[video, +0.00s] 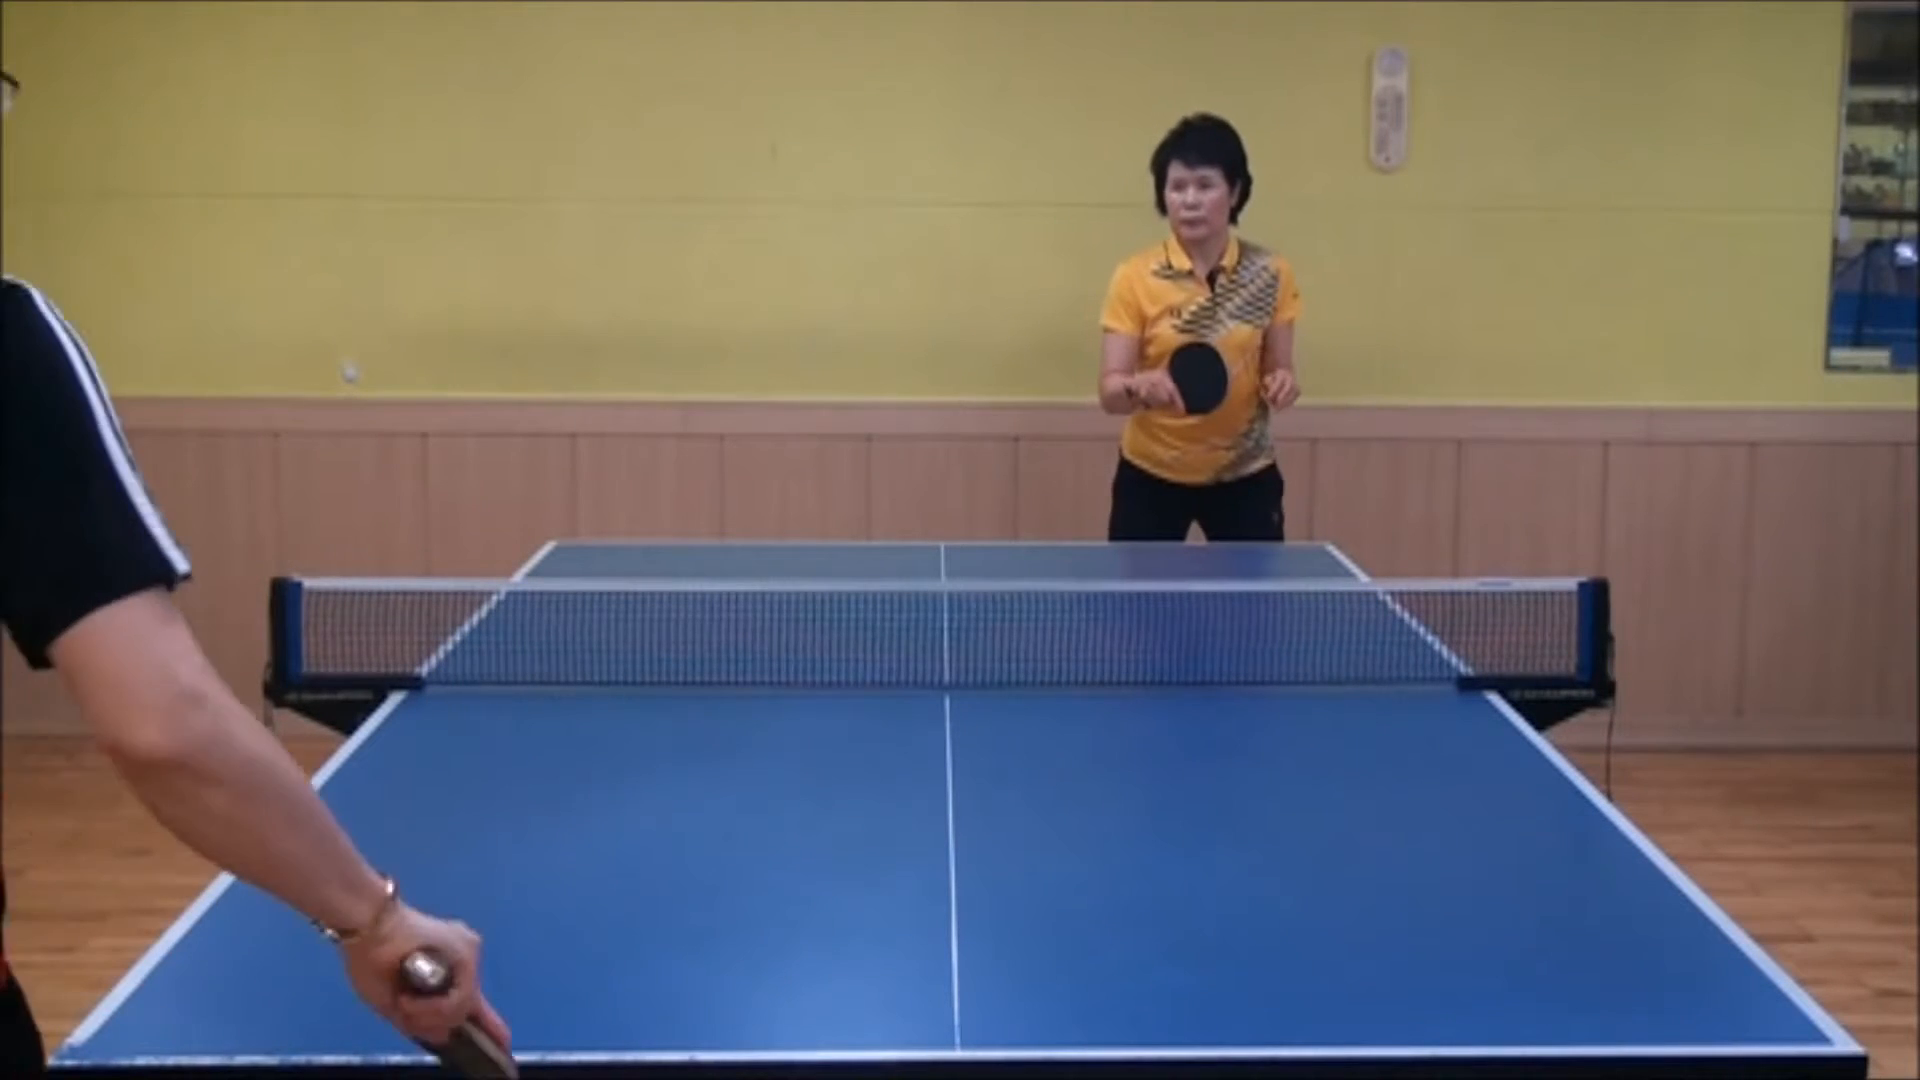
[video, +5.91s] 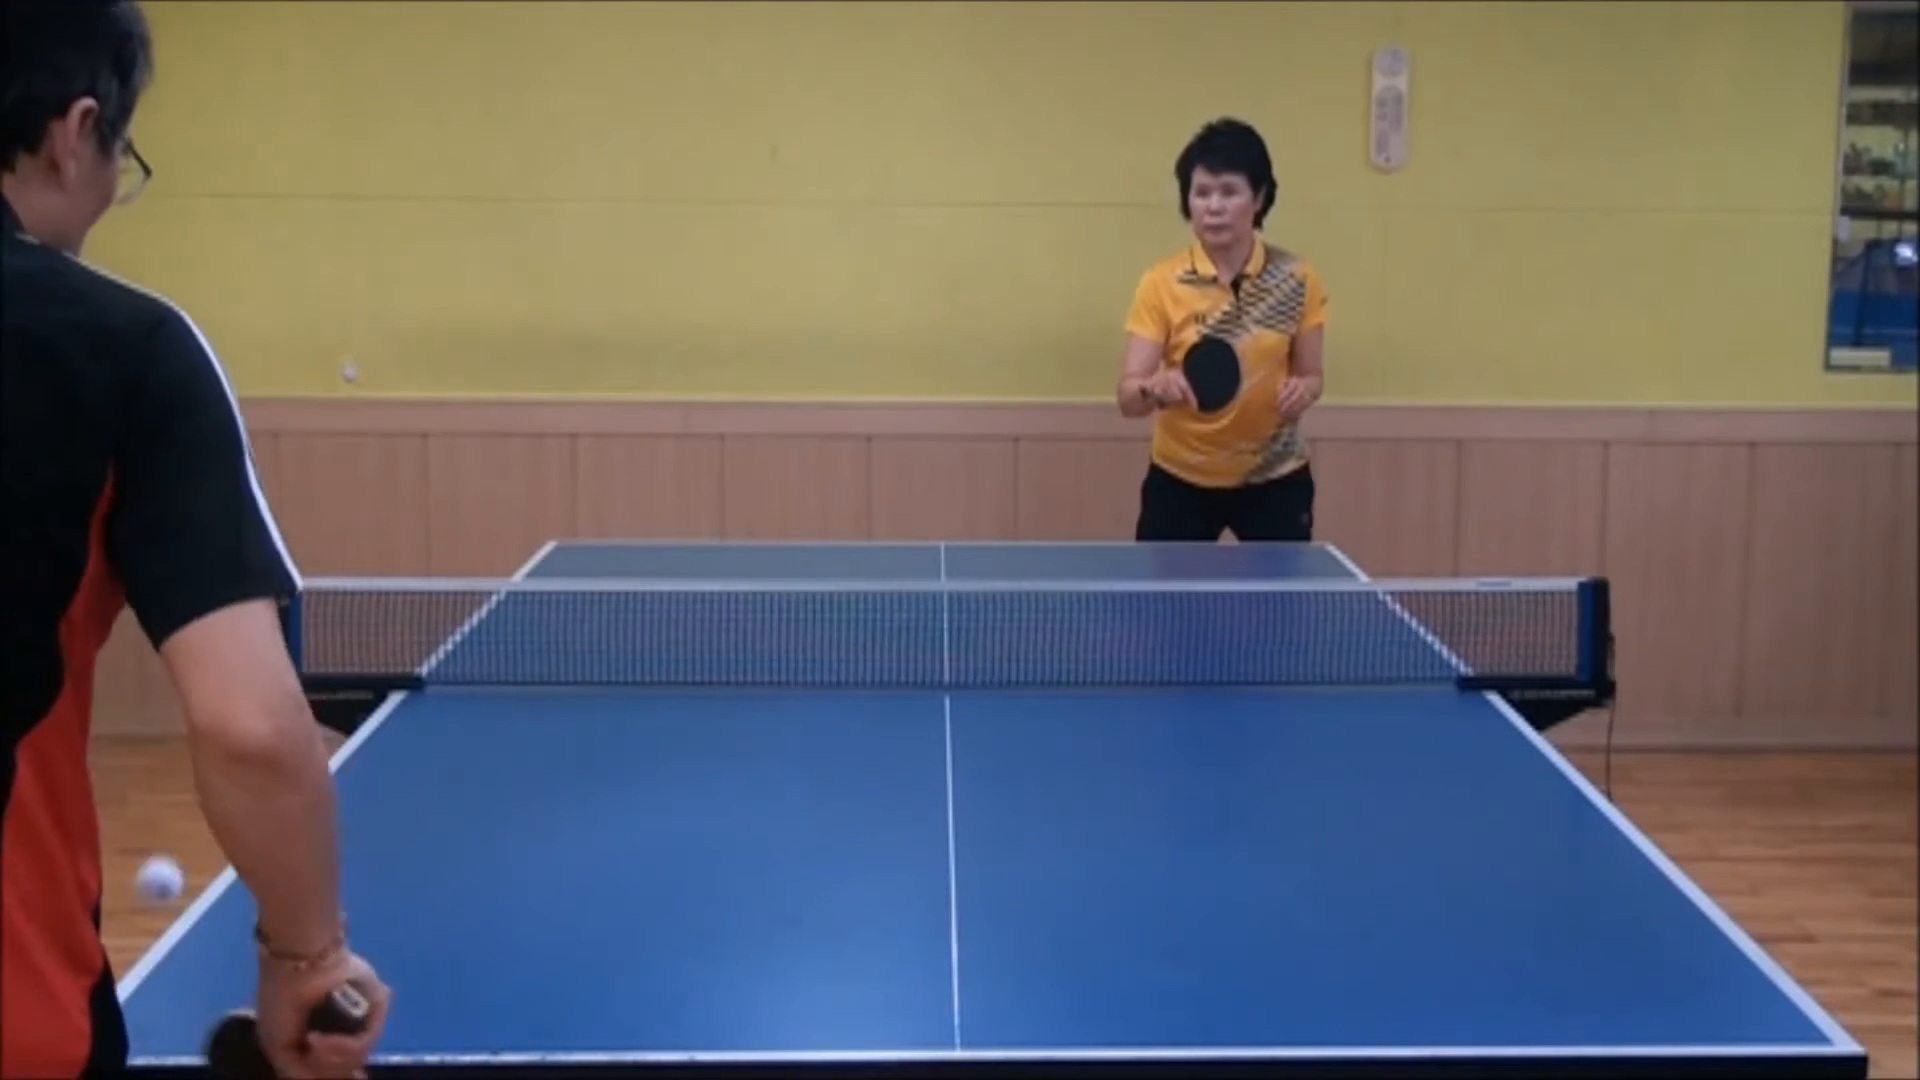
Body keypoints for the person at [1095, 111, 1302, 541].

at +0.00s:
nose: (1190, 200)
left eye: (1205, 185)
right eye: (1178, 186)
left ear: (1235, 193)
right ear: (1162, 196)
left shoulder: (1271, 277)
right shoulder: (1135, 278)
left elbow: (1277, 371)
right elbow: (1111, 392)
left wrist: (1281, 385)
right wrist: (1139, 388)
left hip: (1243, 481)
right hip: (1152, 478)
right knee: (1136, 599)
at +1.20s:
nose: (1236, 230)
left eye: (1251, 214)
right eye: (1223, 217)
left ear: (1280, 216)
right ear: (1207, 224)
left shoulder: (1320, 294)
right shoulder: (1184, 303)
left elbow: (1332, 408)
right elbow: (1144, 409)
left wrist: (1320, 381)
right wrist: (1188, 412)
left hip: (1298, 506)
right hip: (1205, 507)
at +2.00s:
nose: (1294, 255)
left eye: (1308, 239)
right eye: (1280, 241)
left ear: (1335, 238)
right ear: (1260, 245)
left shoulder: (1364, 314)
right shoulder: (1236, 321)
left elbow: (1370, 393)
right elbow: (1195, 428)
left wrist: (1381, 386)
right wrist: (1263, 416)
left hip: (1327, 508)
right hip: (1237, 508)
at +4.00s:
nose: (1290, 259)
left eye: (1305, 243)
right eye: (1276, 246)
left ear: (1335, 251)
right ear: (1259, 258)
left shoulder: (1364, 332)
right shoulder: (1237, 340)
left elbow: (1375, 440)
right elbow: (1187, 445)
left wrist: (1397, 427)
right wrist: (1226, 453)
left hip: (1331, 532)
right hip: (1240, 531)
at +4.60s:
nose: (1250, 208)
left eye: (1267, 194)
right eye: (1239, 194)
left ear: (1299, 202)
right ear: (1224, 203)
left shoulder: (1336, 284)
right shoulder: (1200, 288)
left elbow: (1345, 376)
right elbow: (1164, 403)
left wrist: (1359, 391)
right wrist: (1201, 385)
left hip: (1304, 489)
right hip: (1211, 486)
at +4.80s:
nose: (1202, 210)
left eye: (1218, 197)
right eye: (1191, 196)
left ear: (1249, 206)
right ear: (1175, 204)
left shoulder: (1283, 288)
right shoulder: (1147, 289)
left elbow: (1291, 379)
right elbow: (1114, 402)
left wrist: (1296, 397)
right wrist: (1145, 390)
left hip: (1255, 489)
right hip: (1162, 487)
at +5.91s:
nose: (1214, 206)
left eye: (1229, 192)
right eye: (1202, 192)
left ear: (1259, 199)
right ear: (1186, 201)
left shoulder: (1297, 283)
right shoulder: (1162, 285)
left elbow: (1311, 375)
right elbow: (1129, 398)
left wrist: (1301, 390)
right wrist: (1155, 389)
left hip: (1273, 486)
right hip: (1180, 484)